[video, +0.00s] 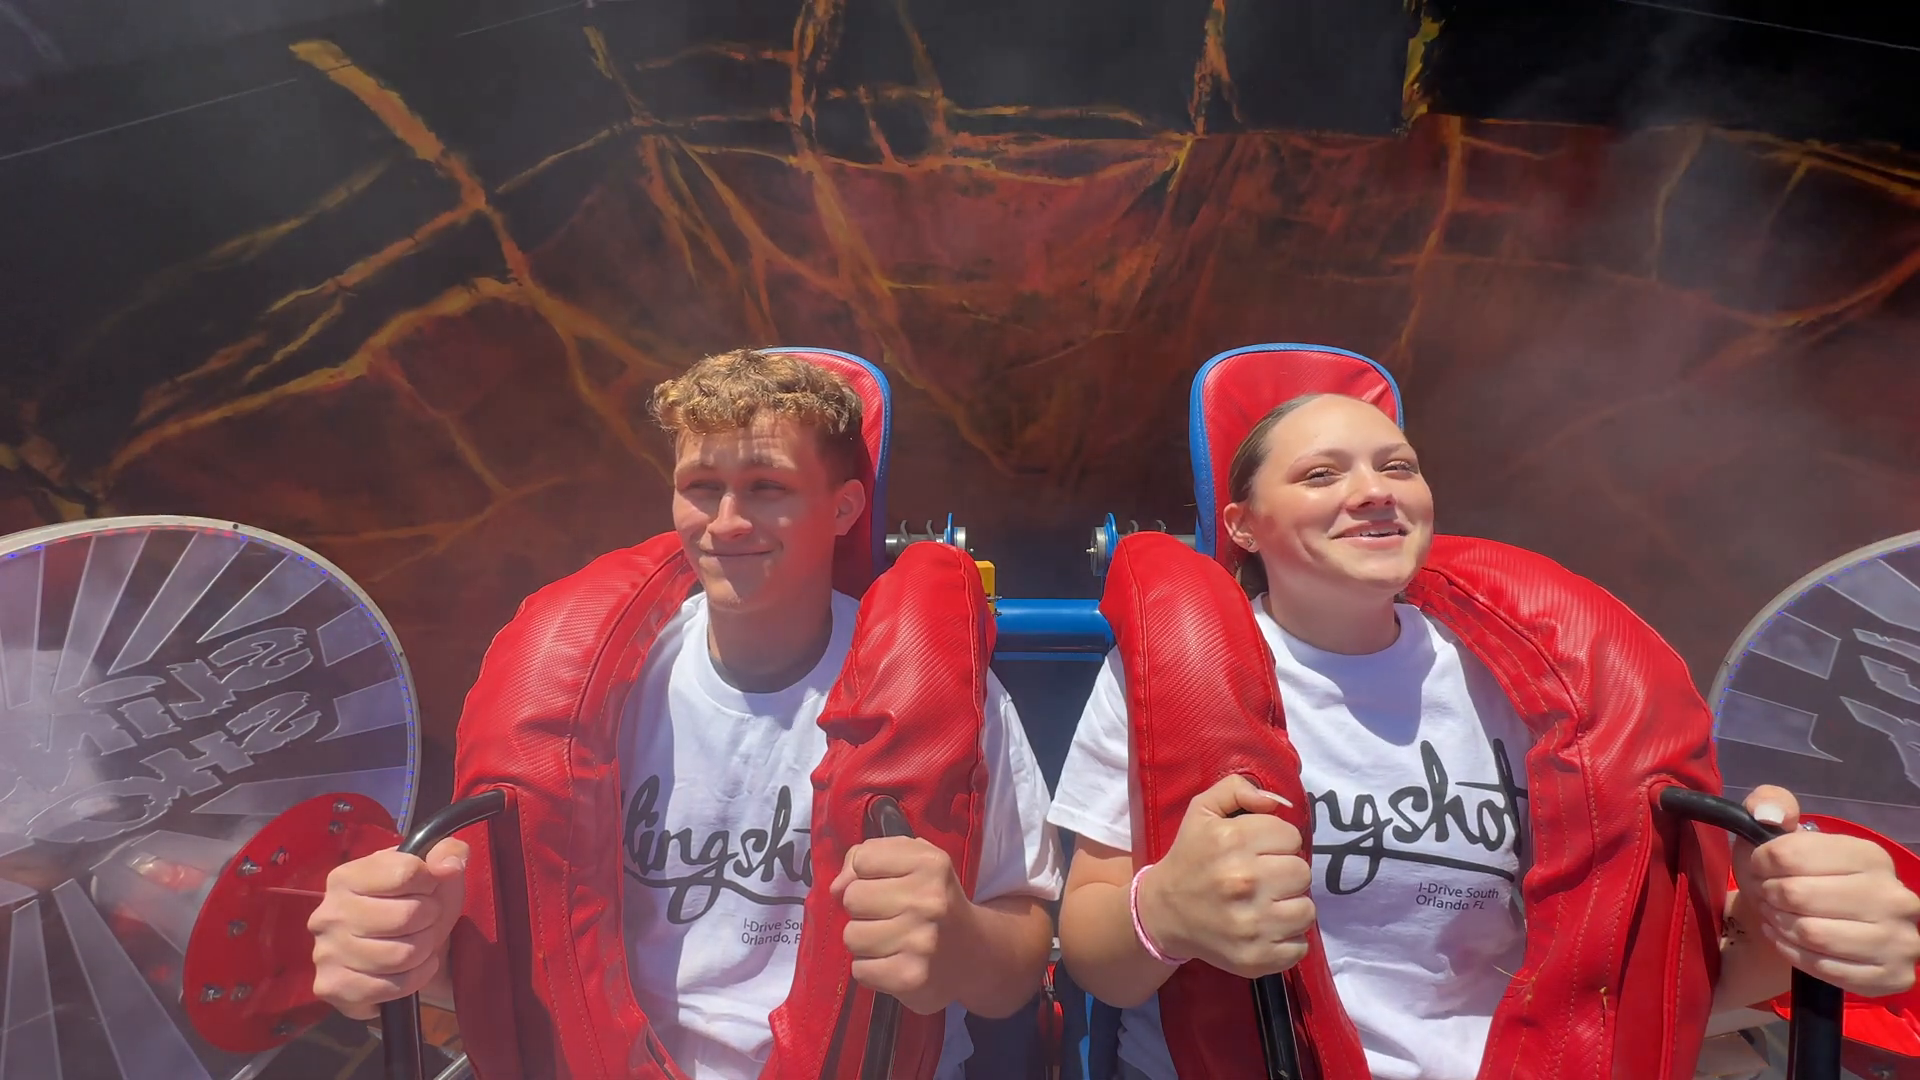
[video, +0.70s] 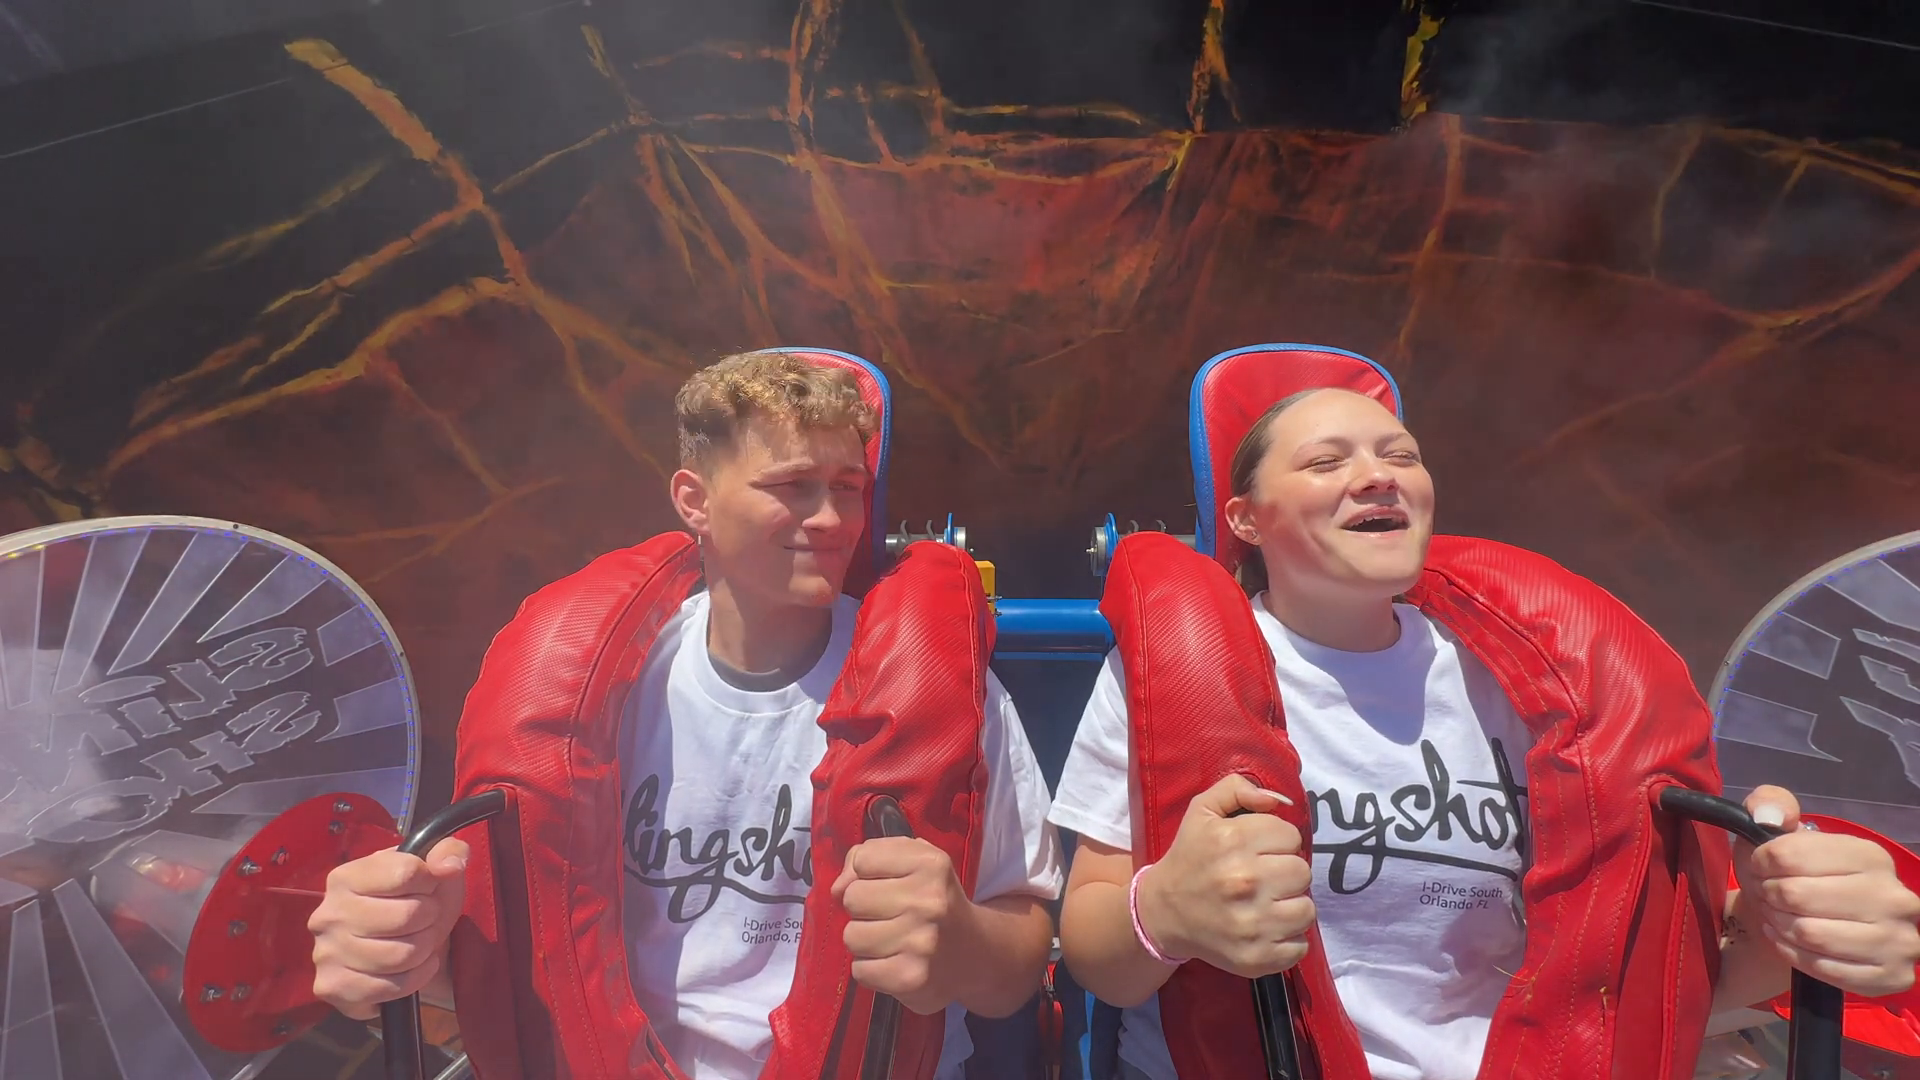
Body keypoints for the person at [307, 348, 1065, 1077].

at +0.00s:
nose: (726, 523)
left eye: (766, 491)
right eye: (703, 490)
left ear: (847, 507)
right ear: (672, 494)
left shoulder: (935, 688)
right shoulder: (586, 674)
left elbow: (1026, 955)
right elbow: (503, 926)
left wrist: (965, 949)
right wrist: (402, 942)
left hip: (839, 1063)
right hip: (616, 1058)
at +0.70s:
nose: (831, 522)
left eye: (850, 492)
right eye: (789, 487)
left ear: (873, 504)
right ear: (693, 499)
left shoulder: (937, 685)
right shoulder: (583, 671)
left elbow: (1024, 952)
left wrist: (965, 950)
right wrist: (411, 941)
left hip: (840, 1063)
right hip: (614, 1059)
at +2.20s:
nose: (737, 495)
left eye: (778, 465)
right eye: (710, 463)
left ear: (845, 500)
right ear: (674, 488)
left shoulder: (937, 688)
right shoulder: (582, 674)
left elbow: (1025, 960)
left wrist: (965, 949)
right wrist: (411, 947)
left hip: (841, 1063)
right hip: (617, 1058)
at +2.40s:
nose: (724, 463)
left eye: (770, 445)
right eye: (701, 443)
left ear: (841, 502)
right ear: (666, 490)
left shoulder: (938, 688)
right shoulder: (577, 678)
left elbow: (1025, 959)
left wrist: (964, 949)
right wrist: (411, 948)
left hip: (844, 1063)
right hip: (618, 1059)